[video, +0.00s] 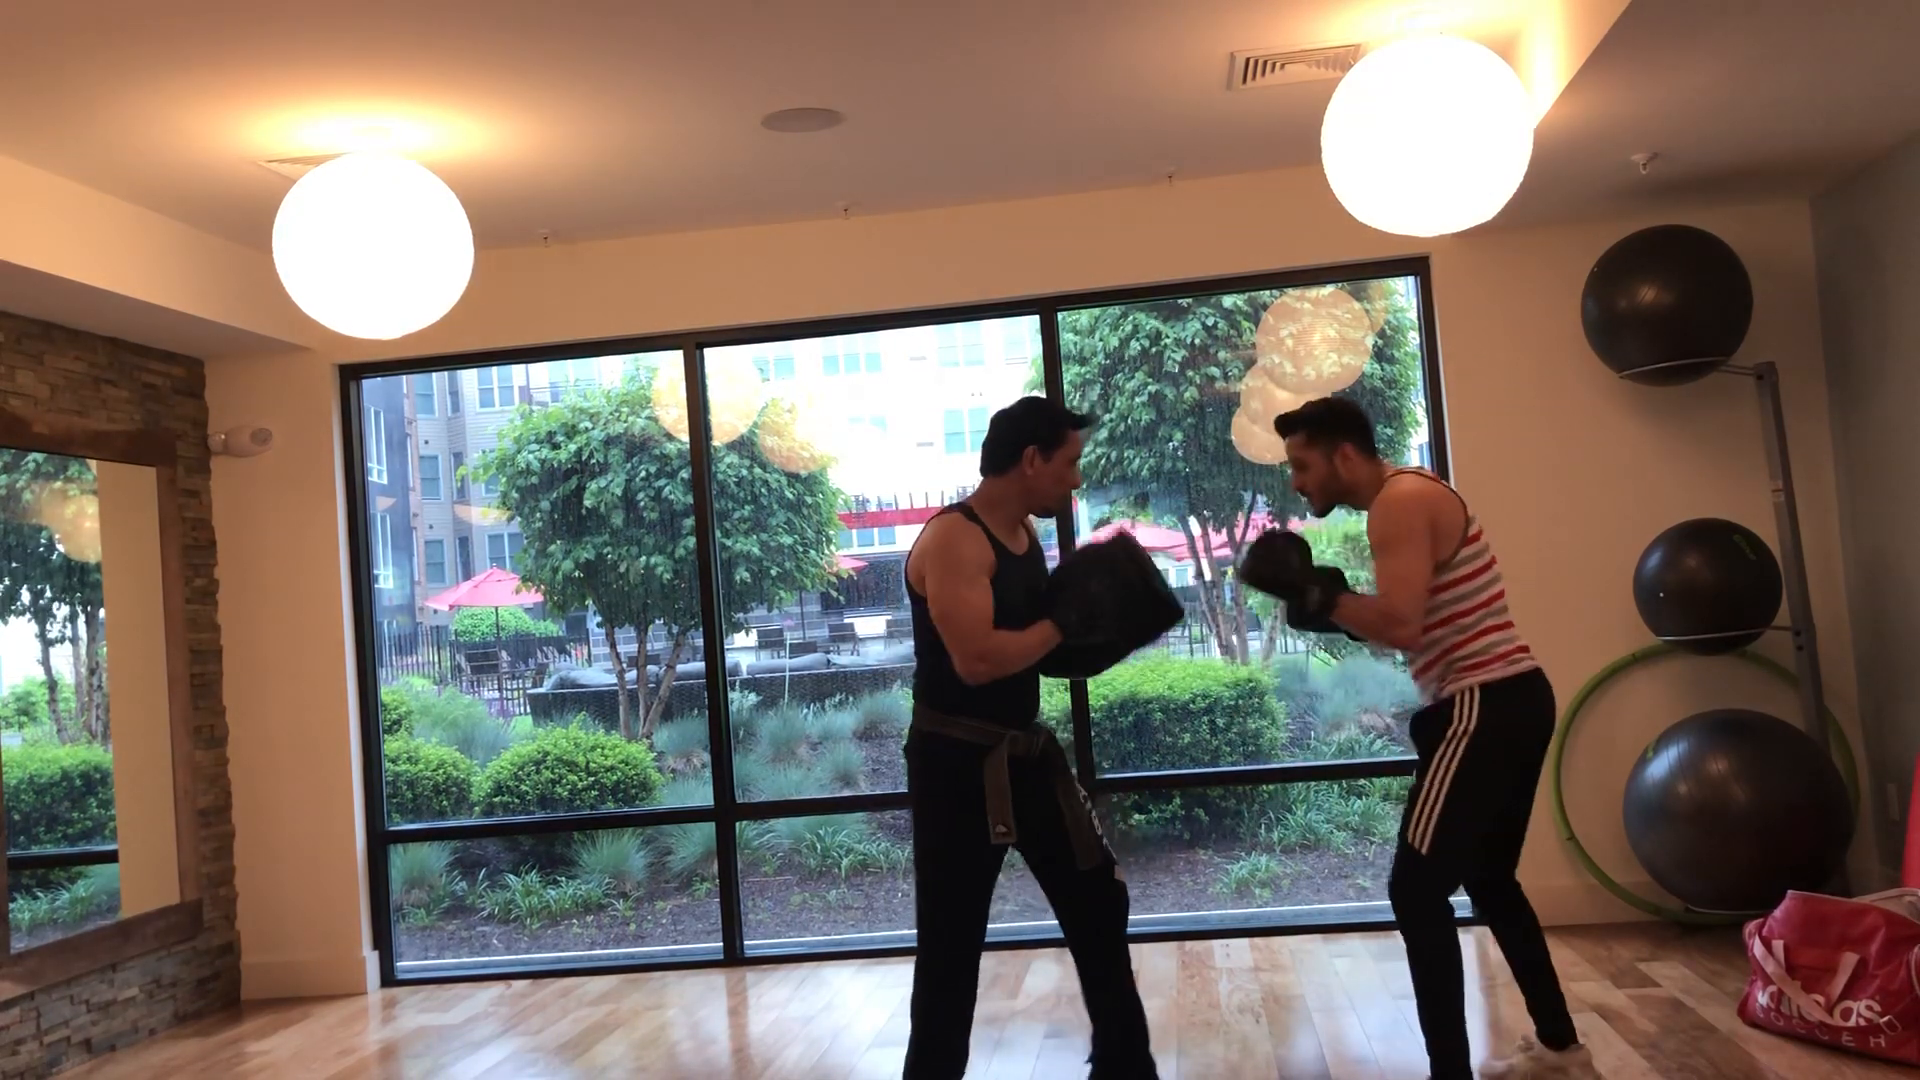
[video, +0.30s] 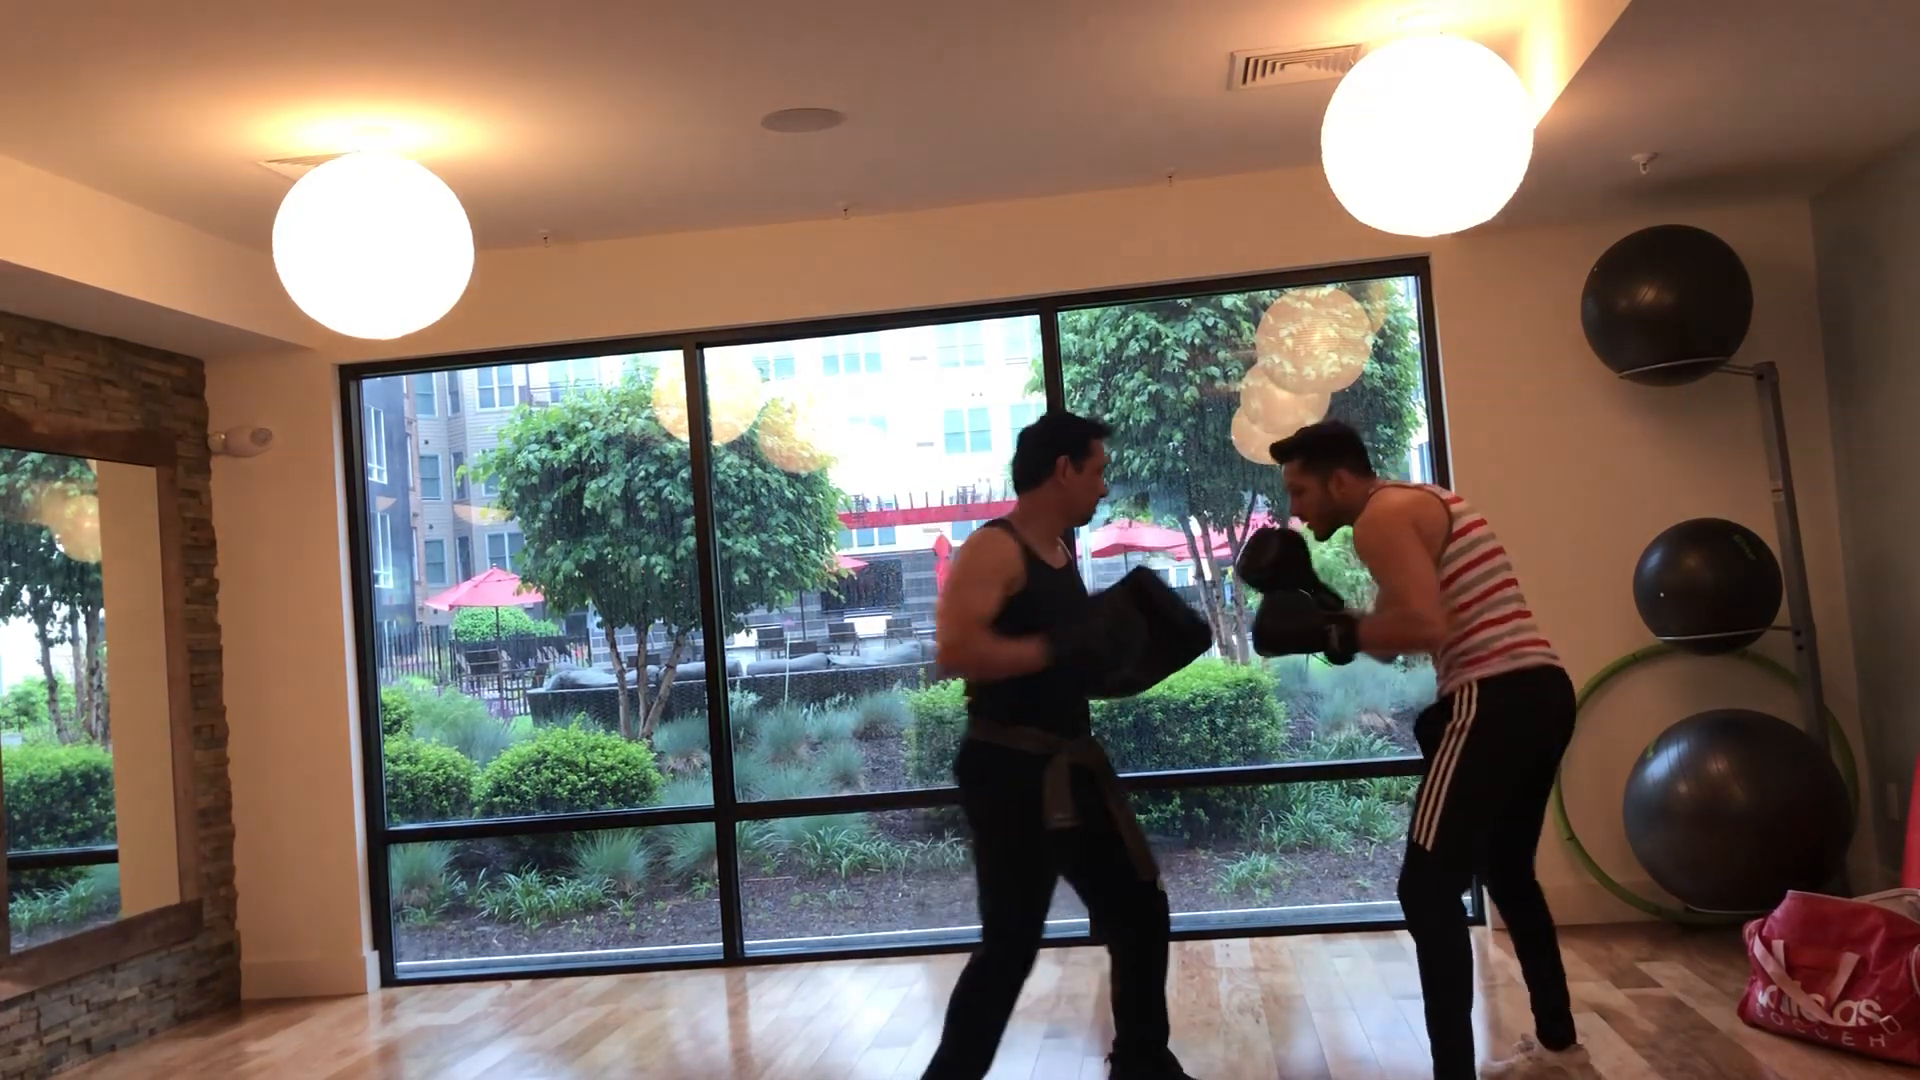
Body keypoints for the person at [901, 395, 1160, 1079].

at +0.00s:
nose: (1076, 479)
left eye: (1078, 464)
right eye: (1070, 463)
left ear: (1027, 463)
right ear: (1029, 461)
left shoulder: (1023, 533)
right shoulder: (951, 537)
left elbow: (1028, 636)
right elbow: (975, 658)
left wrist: (1091, 592)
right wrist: (1068, 618)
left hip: (1026, 748)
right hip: (956, 756)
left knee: (1098, 906)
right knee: (951, 945)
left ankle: (1126, 1070)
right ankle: (932, 1075)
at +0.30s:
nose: (1104, 486)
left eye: (1105, 472)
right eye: (1098, 471)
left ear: (1058, 474)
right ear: (1061, 471)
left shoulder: (1060, 547)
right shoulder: (991, 547)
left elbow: (1058, 640)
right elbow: (955, 650)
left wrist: (1123, 628)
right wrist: (1058, 648)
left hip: (1070, 759)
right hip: (1004, 765)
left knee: (1140, 912)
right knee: (1010, 943)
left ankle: (1143, 1063)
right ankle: (948, 1076)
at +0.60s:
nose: (1136, 482)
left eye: (1137, 468)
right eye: (1125, 469)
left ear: (1074, 472)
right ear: (1079, 468)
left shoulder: (1018, 539)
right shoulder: (1099, 527)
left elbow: (1032, 666)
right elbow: (1208, 538)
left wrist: (1095, 746)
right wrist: (1302, 526)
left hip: (1023, 745)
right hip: (1032, 751)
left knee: (1106, 906)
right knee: (1001, 937)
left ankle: (1138, 1059)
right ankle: (944, 1073)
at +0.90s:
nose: (1124, 482)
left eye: (1127, 468)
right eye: (1113, 467)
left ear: (1076, 469)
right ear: (1066, 465)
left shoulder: (1065, 545)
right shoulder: (1029, 540)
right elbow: (1000, 647)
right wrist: (1096, 675)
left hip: (1053, 746)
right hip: (1012, 749)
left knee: (1119, 908)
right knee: (1024, 931)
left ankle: (1144, 1060)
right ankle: (983, 1074)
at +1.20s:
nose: (1096, 477)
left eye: (1097, 464)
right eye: (1087, 464)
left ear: (1044, 466)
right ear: (1038, 464)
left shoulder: (1073, 524)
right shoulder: (955, 538)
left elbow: (1172, 528)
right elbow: (904, 646)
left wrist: (1257, 500)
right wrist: (1011, 647)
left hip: (1035, 748)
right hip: (958, 751)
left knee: (1084, 909)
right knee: (954, 934)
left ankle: (1117, 1067)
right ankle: (955, 1072)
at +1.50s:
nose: (1111, 486)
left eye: (1114, 471)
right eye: (1108, 469)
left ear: (1070, 463)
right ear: (1069, 461)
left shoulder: (1061, 537)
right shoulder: (977, 527)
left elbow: (1068, 637)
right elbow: (971, 633)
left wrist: (1120, 593)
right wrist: (1071, 594)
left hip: (1056, 741)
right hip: (983, 744)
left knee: (1097, 916)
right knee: (984, 929)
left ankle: (1116, 1067)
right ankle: (973, 1074)